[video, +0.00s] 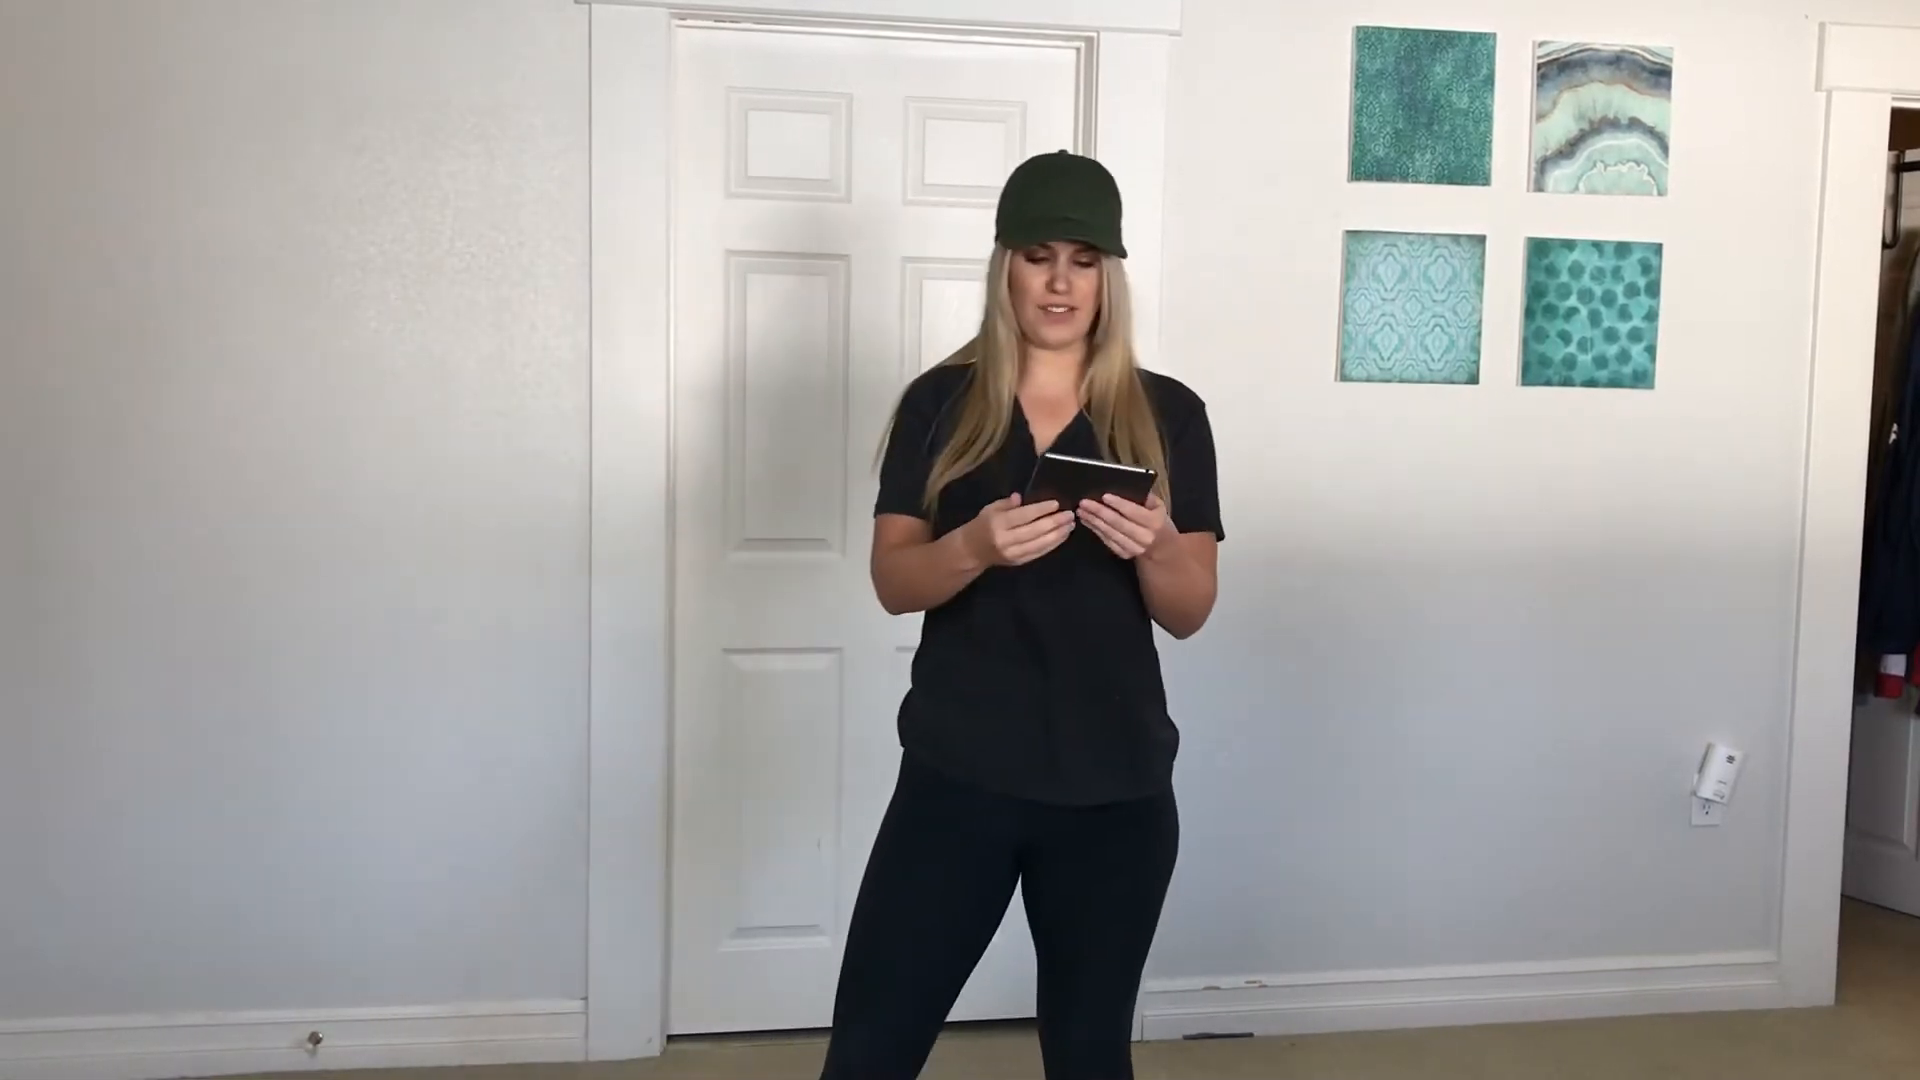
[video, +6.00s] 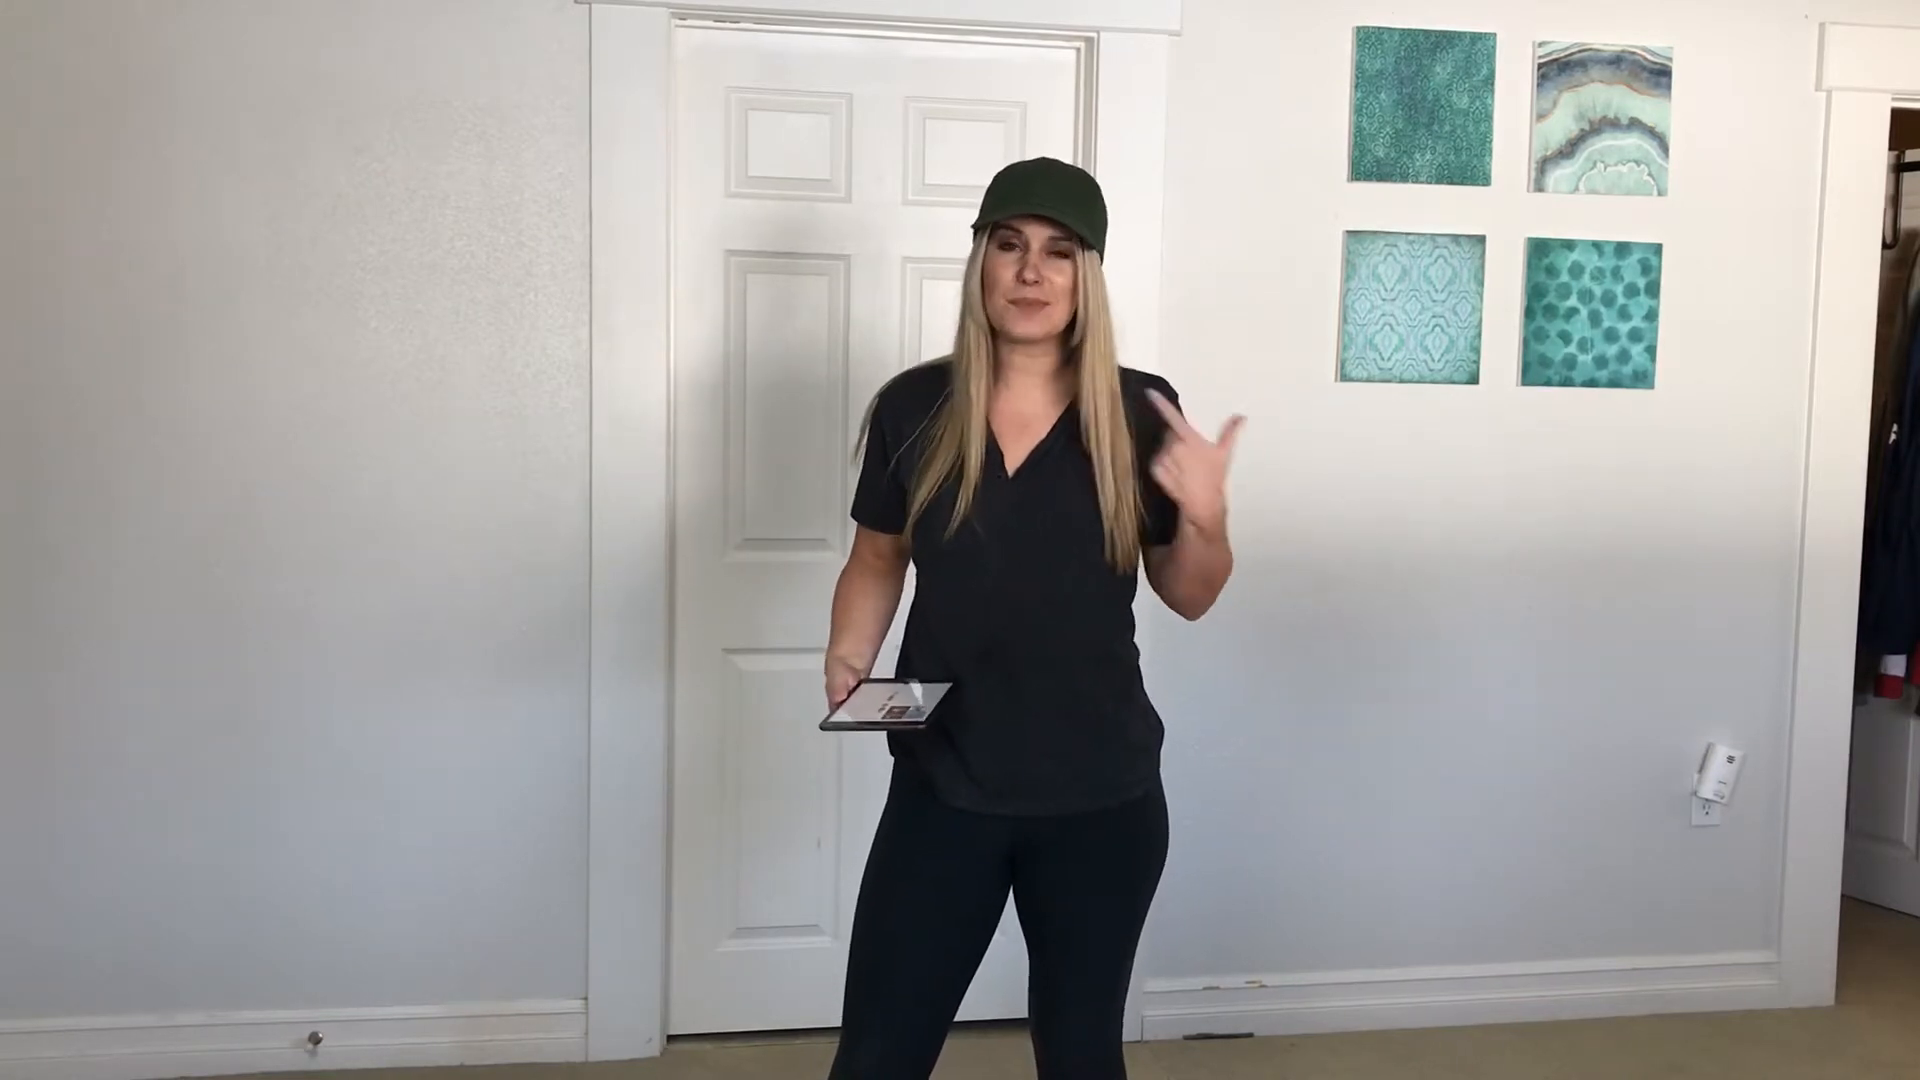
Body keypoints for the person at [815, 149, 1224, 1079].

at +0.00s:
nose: (1059, 283)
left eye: (1082, 262)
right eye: (1038, 259)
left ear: (1109, 275)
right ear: (1003, 268)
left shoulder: (1166, 415)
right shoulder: (938, 404)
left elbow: (1189, 610)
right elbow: (893, 581)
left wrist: (1156, 548)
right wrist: (974, 546)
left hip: (1112, 789)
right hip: (955, 781)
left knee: (1090, 1056)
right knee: (868, 1056)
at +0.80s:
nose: (1065, 254)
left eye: (1092, 237)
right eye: (1046, 232)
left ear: (1124, 264)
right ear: (1017, 252)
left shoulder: (1181, 420)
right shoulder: (950, 406)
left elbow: (1215, 596)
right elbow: (908, 559)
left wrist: (1146, 609)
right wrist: (902, 627)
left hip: (1125, 798)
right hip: (969, 788)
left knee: (1096, 1058)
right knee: (895, 1055)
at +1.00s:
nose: (1054, 249)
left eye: (1082, 233)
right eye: (1035, 226)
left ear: (1111, 264)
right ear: (1003, 246)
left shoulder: (1165, 413)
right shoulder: (937, 404)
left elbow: (1205, 600)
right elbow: (899, 559)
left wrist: (1259, 560)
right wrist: (855, 653)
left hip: (1116, 786)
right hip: (963, 780)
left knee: (1090, 1051)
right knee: (890, 1051)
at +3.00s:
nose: (1011, 273)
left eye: (1039, 255)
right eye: (993, 245)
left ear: (1069, 280)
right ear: (959, 259)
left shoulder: (1119, 409)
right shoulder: (892, 412)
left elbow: (1158, 567)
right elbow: (856, 569)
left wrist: (1186, 599)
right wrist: (829, 664)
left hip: (1095, 792)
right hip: (941, 787)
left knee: (1079, 1055)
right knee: (876, 1058)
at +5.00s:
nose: (1015, 272)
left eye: (1044, 256)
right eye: (998, 246)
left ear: (1076, 281)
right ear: (967, 261)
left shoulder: (1132, 411)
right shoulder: (907, 408)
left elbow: (1178, 598)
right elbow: (875, 562)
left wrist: (1229, 559)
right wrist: (840, 658)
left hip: (1096, 792)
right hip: (943, 786)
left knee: (1078, 1055)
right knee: (875, 1056)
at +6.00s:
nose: (1030, 270)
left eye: (1057, 252)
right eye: (1009, 246)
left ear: (1088, 275)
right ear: (978, 264)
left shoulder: (1138, 411)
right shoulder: (914, 407)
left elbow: (1188, 595)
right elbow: (875, 561)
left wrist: (1205, 522)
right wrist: (850, 658)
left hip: (1097, 790)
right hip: (944, 786)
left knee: (1080, 1055)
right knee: (877, 1057)